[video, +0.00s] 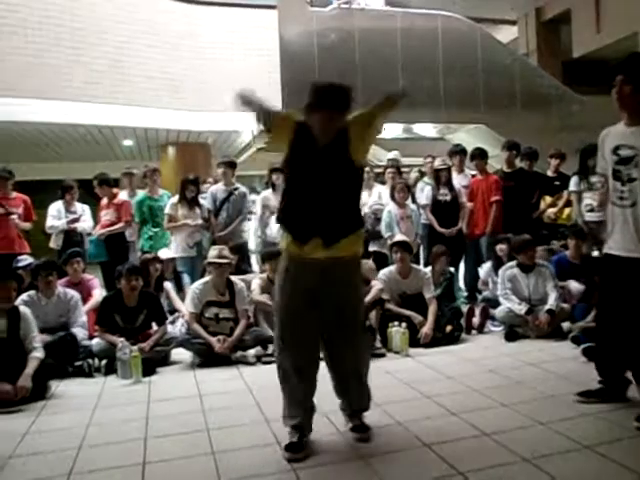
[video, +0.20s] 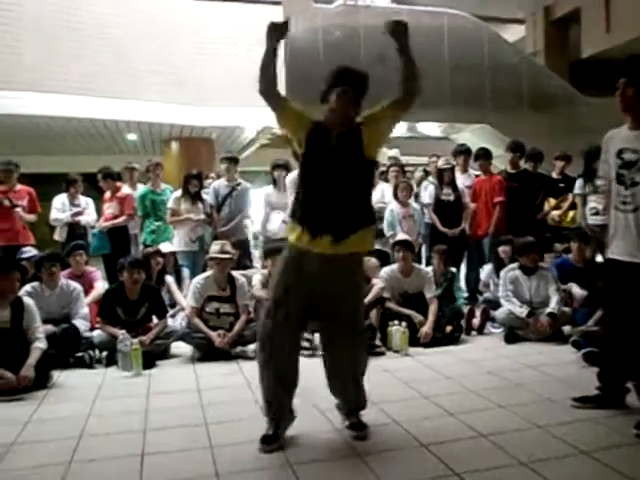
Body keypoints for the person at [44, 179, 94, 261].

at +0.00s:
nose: (73, 196)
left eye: (75, 193)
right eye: (70, 194)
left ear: (78, 194)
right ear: (64, 195)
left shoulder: (84, 208)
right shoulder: (55, 207)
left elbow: (89, 226)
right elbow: (49, 226)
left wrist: (76, 227)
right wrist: (66, 223)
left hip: (79, 239)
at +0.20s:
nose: (77, 190)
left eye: (78, 187)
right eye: (74, 187)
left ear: (81, 188)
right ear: (68, 188)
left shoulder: (88, 201)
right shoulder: (59, 199)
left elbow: (93, 219)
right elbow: (53, 219)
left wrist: (79, 220)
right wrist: (70, 216)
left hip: (82, 231)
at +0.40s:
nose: (72, 187)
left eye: (73, 184)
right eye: (69, 185)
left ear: (76, 185)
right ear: (62, 185)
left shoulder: (82, 198)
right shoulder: (53, 196)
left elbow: (88, 216)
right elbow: (47, 216)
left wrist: (74, 217)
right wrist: (65, 214)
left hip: (77, 231)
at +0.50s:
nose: (66, 186)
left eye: (68, 183)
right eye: (63, 183)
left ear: (70, 183)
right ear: (56, 184)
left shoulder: (76, 197)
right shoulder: (47, 195)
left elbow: (81, 215)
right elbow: (41, 215)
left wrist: (68, 216)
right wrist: (59, 212)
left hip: (71, 228)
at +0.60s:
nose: (61, 186)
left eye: (62, 183)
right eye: (57, 183)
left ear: (65, 183)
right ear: (51, 184)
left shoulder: (71, 197)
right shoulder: (42, 196)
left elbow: (76, 215)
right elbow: (36, 215)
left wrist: (62, 216)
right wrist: (54, 213)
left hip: (66, 229)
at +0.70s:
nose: (56, 187)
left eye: (58, 184)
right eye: (53, 185)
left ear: (60, 184)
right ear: (47, 185)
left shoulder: (67, 195)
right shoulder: (38, 194)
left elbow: (71, 215)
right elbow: (32, 216)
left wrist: (59, 218)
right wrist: (48, 215)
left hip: (62, 229)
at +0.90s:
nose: (54, 168)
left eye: (56, 165)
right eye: (51, 165)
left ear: (58, 165)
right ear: (45, 166)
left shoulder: (65, 177)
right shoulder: (36, 176)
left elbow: (70, 196)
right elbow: (30, 197)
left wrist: (58, 198)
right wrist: (47, 196)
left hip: (61, 209)